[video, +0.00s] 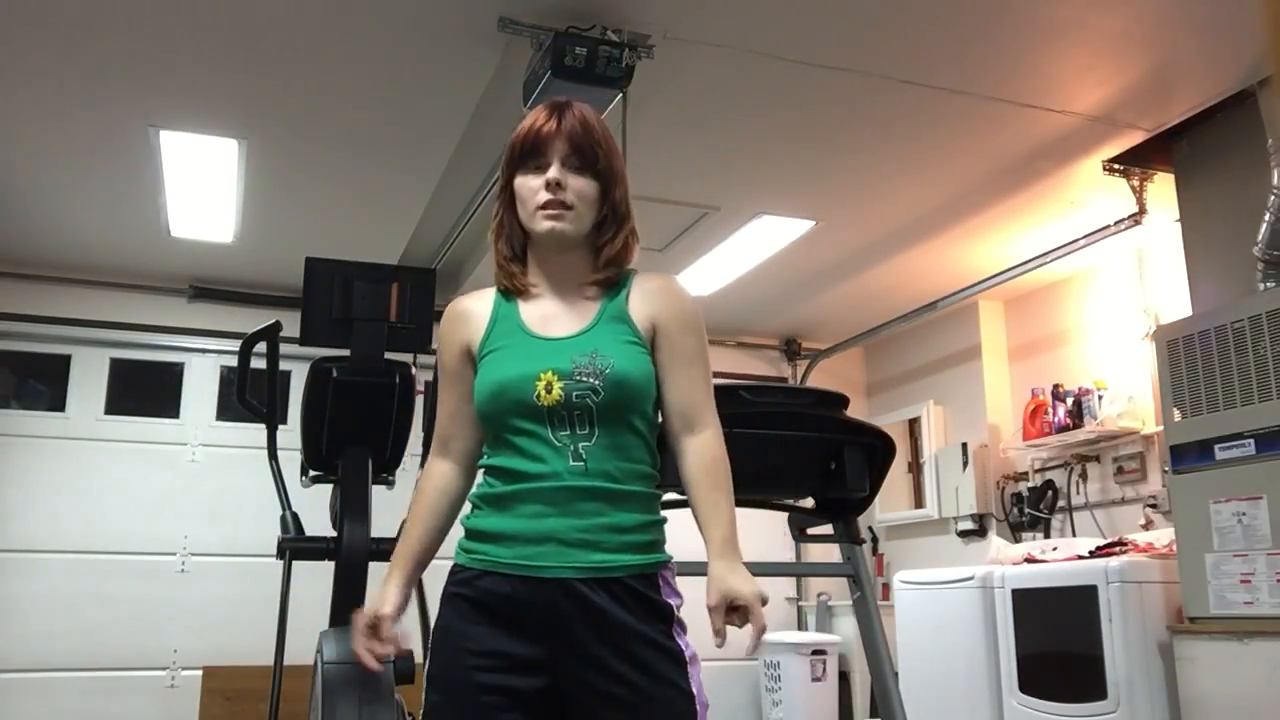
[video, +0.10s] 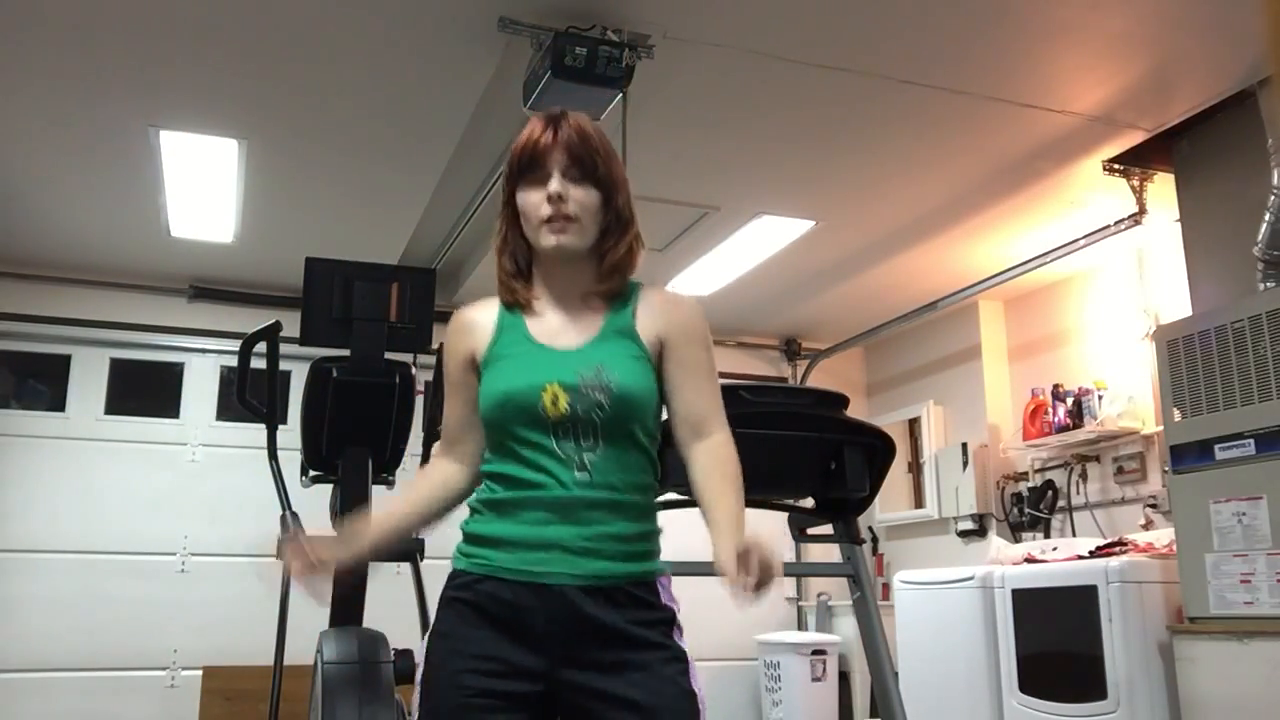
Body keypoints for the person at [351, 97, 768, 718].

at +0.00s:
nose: (553, 179)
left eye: (577, 165)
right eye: (535, 165)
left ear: (606, 191)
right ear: (511, 192)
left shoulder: (656, 301)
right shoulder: (471, 316)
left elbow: (696, 430)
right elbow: (449, 459)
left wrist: (725, 559)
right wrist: (397, 582)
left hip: (624, 607)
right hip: (490, 605)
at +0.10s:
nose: (556, 195)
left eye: (577, 178)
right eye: (536, 180)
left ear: (608, 199)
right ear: (515, 202)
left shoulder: (667, 317)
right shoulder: (476, 326)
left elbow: (705, 435)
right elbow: (454, 459)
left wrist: (730, 539)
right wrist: (349, 543)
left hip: (624, 622)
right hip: (488, 617)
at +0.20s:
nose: (562, 216)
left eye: (583, 200)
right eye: (542, 202)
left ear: (615, 221)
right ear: (519, 228)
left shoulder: (671, 322)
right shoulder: (488, 344)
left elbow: (717, 420)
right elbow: (425, 465)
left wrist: (739, 474)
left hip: (631, 629)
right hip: (498, 618)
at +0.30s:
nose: (578, 194)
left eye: (601, 177)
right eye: (558, 178)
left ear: (631, 198)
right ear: (537, 201)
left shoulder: (679, 293)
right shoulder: (504, 310)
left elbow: (741, 388)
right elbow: (407, 404)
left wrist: (752, 443)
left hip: (648, 607)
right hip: (517, 601)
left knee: (696, 708)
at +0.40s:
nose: (603, 176)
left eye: (627, 159)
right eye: (584, 160)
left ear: (656, 179)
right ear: (561, 180)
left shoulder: (692, 268)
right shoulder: (529, 282)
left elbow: (751, 365)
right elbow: (436, 339)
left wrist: (775, 471)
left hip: (669, 570)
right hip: (545, 572)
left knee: (710, 710)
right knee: (517, 708)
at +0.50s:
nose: (626, 192)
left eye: (650, 177)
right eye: (610, 173)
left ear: (679, 199)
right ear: (584, 190)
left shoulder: (716, 292)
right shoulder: (556, 299)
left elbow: (768, 412)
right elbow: (487, 322)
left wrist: (799, 542)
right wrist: (530, 206)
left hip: (698, 591)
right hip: (582, 595)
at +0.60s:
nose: (651, 223)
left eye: (673, 207)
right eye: (634, 204)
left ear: (703, 226)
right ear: (611, 221)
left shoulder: (740, 323)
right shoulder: (593, 333)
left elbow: (789, 461)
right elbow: (545, 342)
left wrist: (827, 597)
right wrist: (588, 246)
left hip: (741, 617)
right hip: (624, 629)